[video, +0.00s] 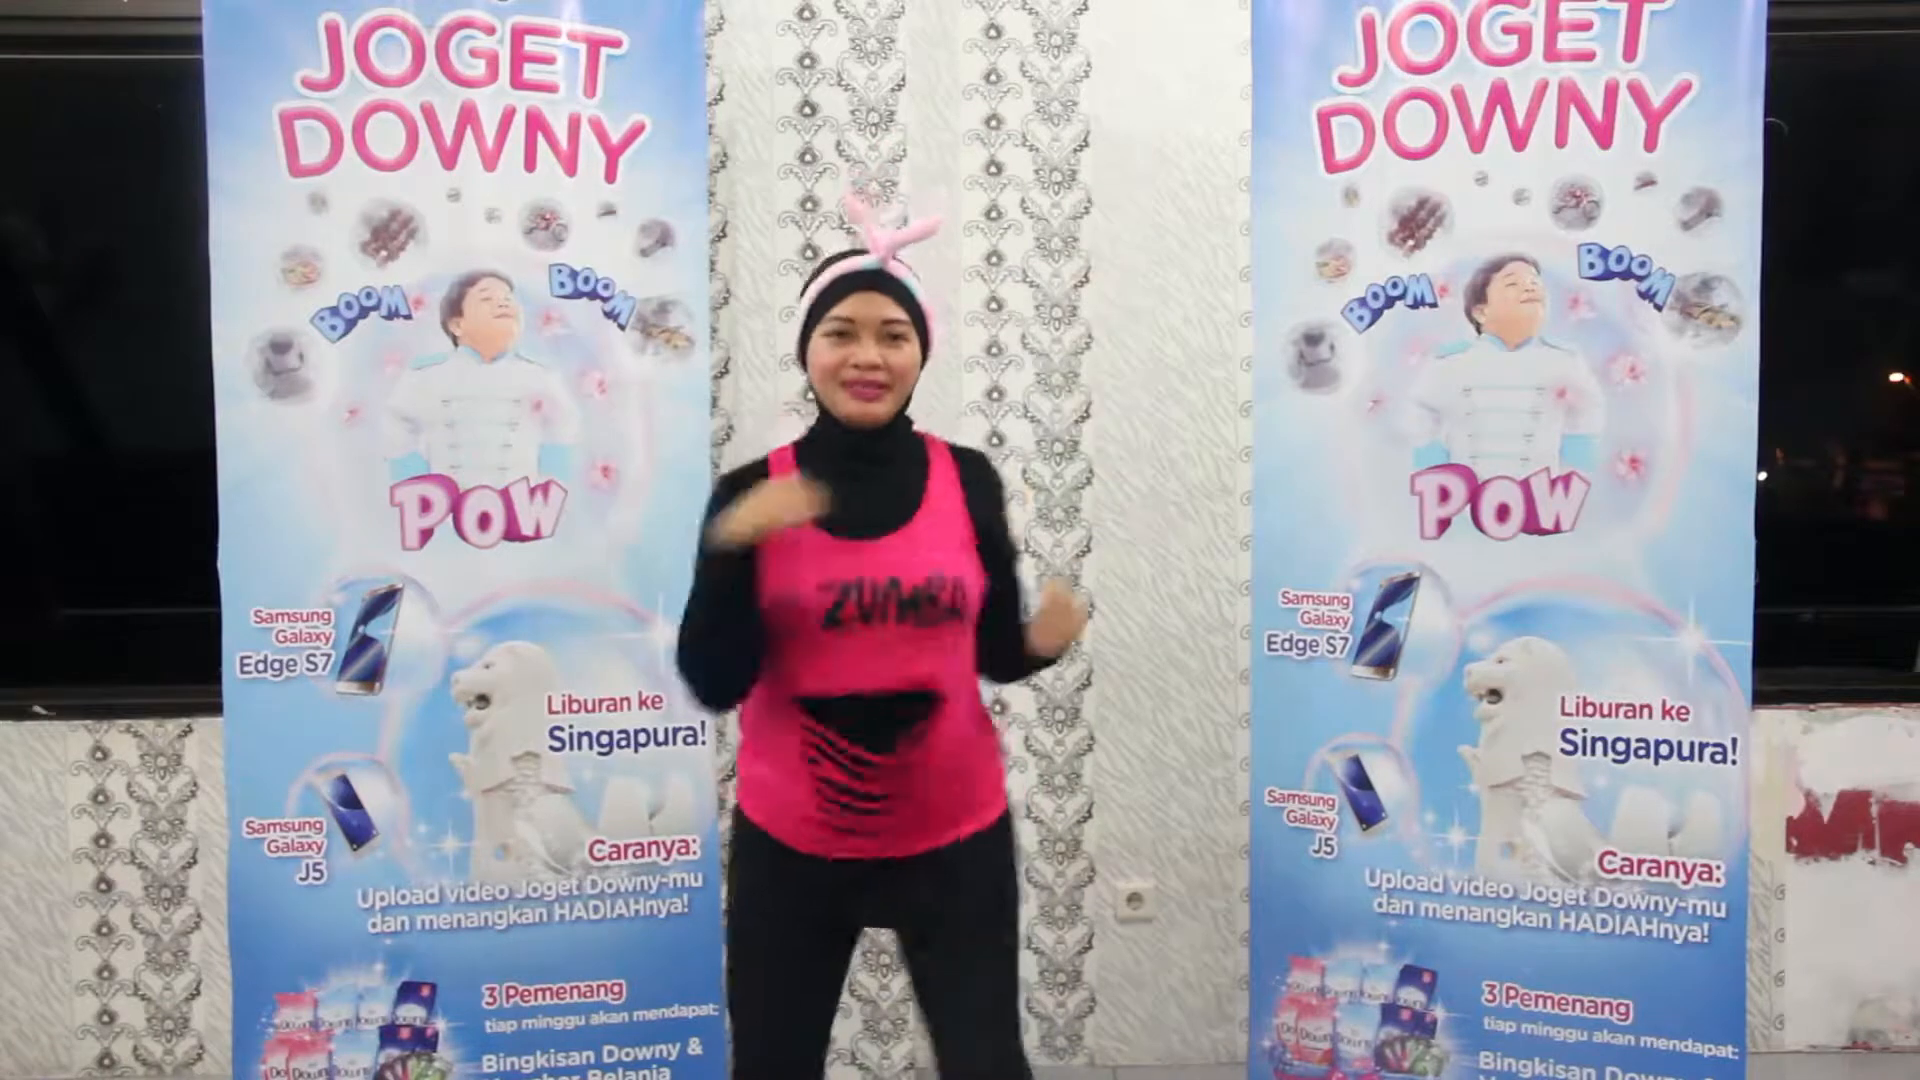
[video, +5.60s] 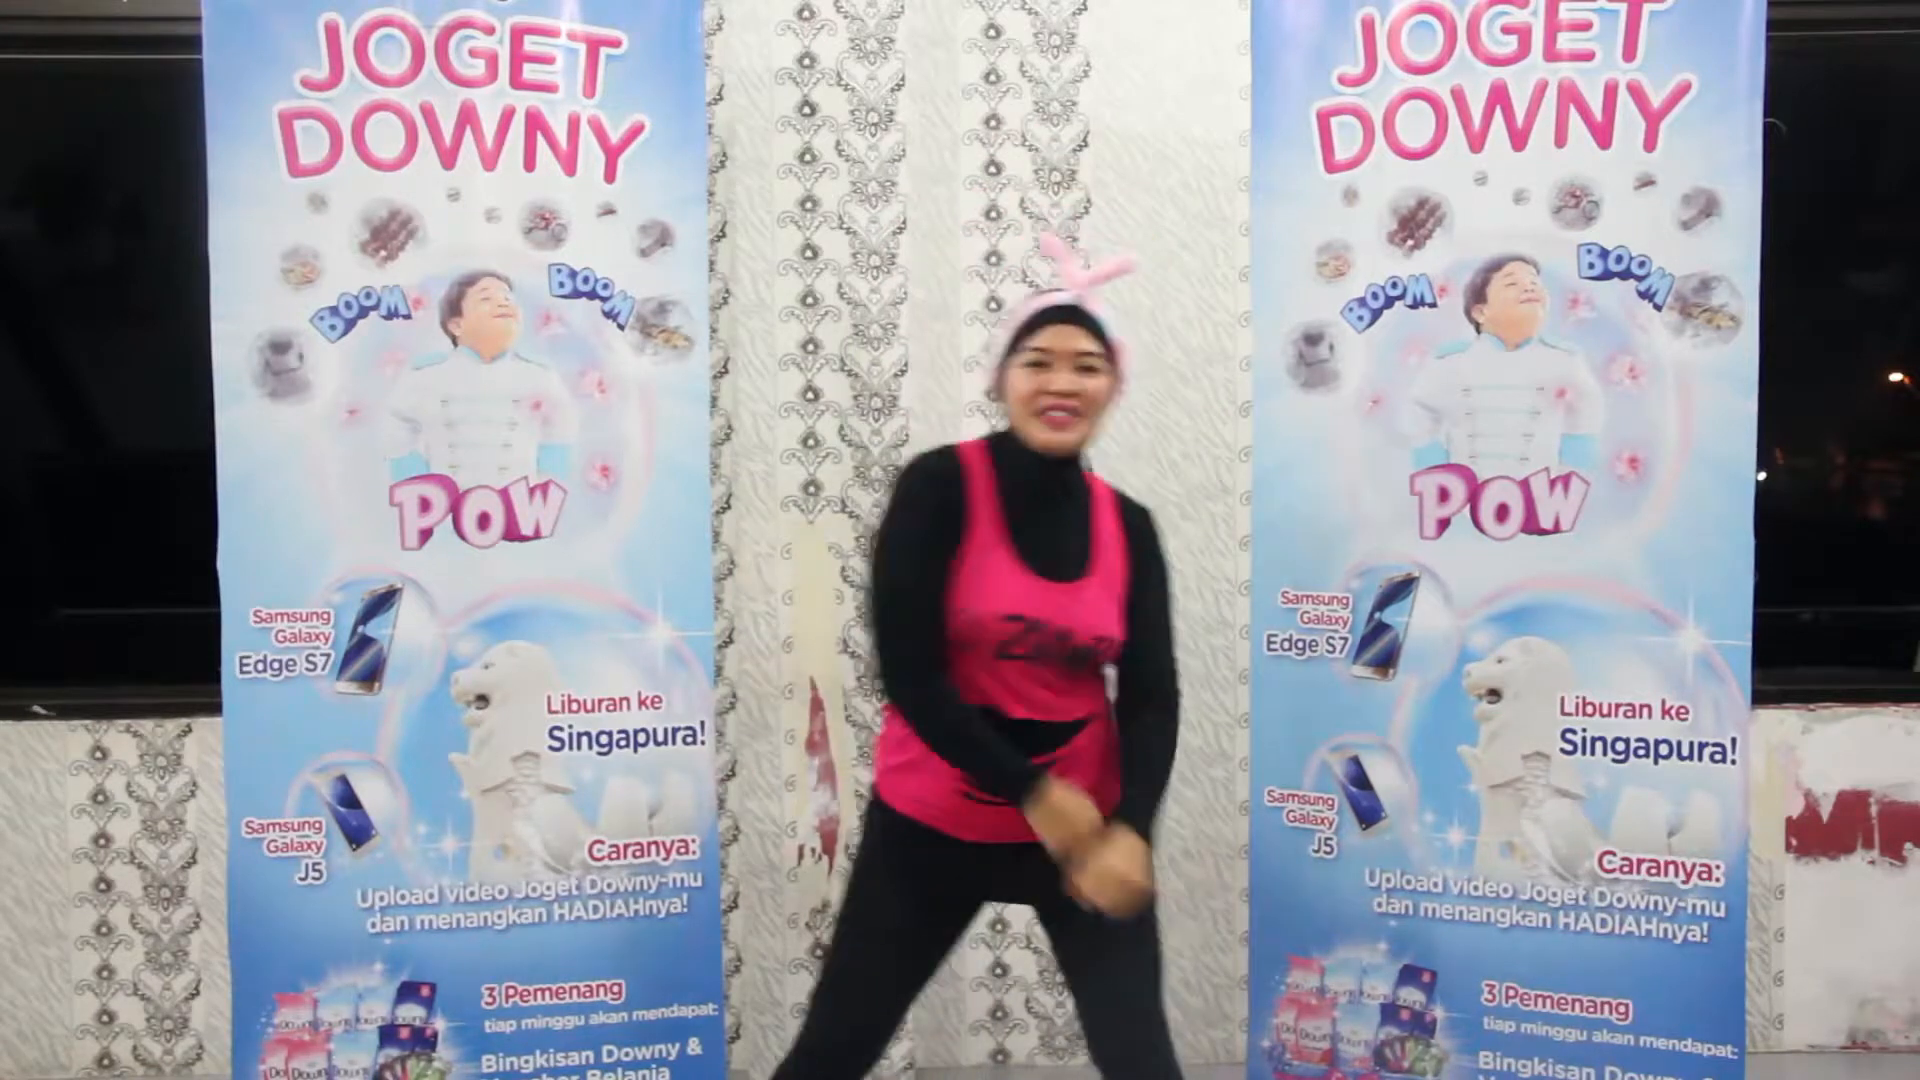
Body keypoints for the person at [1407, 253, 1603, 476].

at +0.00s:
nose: (1529, 287)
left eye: (1535, 281)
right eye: (1511, 283)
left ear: (1544, 299)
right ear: (1479, 311)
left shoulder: (1565, 363)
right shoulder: (1446, 365)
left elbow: (1584, 430)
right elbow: (1418, 421)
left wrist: (1566, 492)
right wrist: (1435, 481)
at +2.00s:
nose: (1529, 287)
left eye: (1534, 281)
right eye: (1511, 283)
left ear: (1545, 299)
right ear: (1479, 311)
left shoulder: (1565, 364)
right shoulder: (1447, 367)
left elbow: (1585, 426)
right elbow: (1413, 415)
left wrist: (1567, 483)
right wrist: (1435, 473)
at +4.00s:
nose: (1529, 287)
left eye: (1535, 281)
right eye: (1511, 283)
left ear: (1545, 299)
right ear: (1479, 311)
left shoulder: (1565, 365)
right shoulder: (1445, 368)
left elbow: (1583, 434)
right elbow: (1415, 423)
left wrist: (1564, 492)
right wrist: (1437, 478)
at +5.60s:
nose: (1529, 286)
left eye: (1534, 280)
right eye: (1510, 283)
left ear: (1545, 299)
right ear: (1479, 311)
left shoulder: (1565, 363)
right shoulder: (1446, 365)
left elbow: (1584, 432)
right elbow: (1416, 420)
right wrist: (1436, 481)